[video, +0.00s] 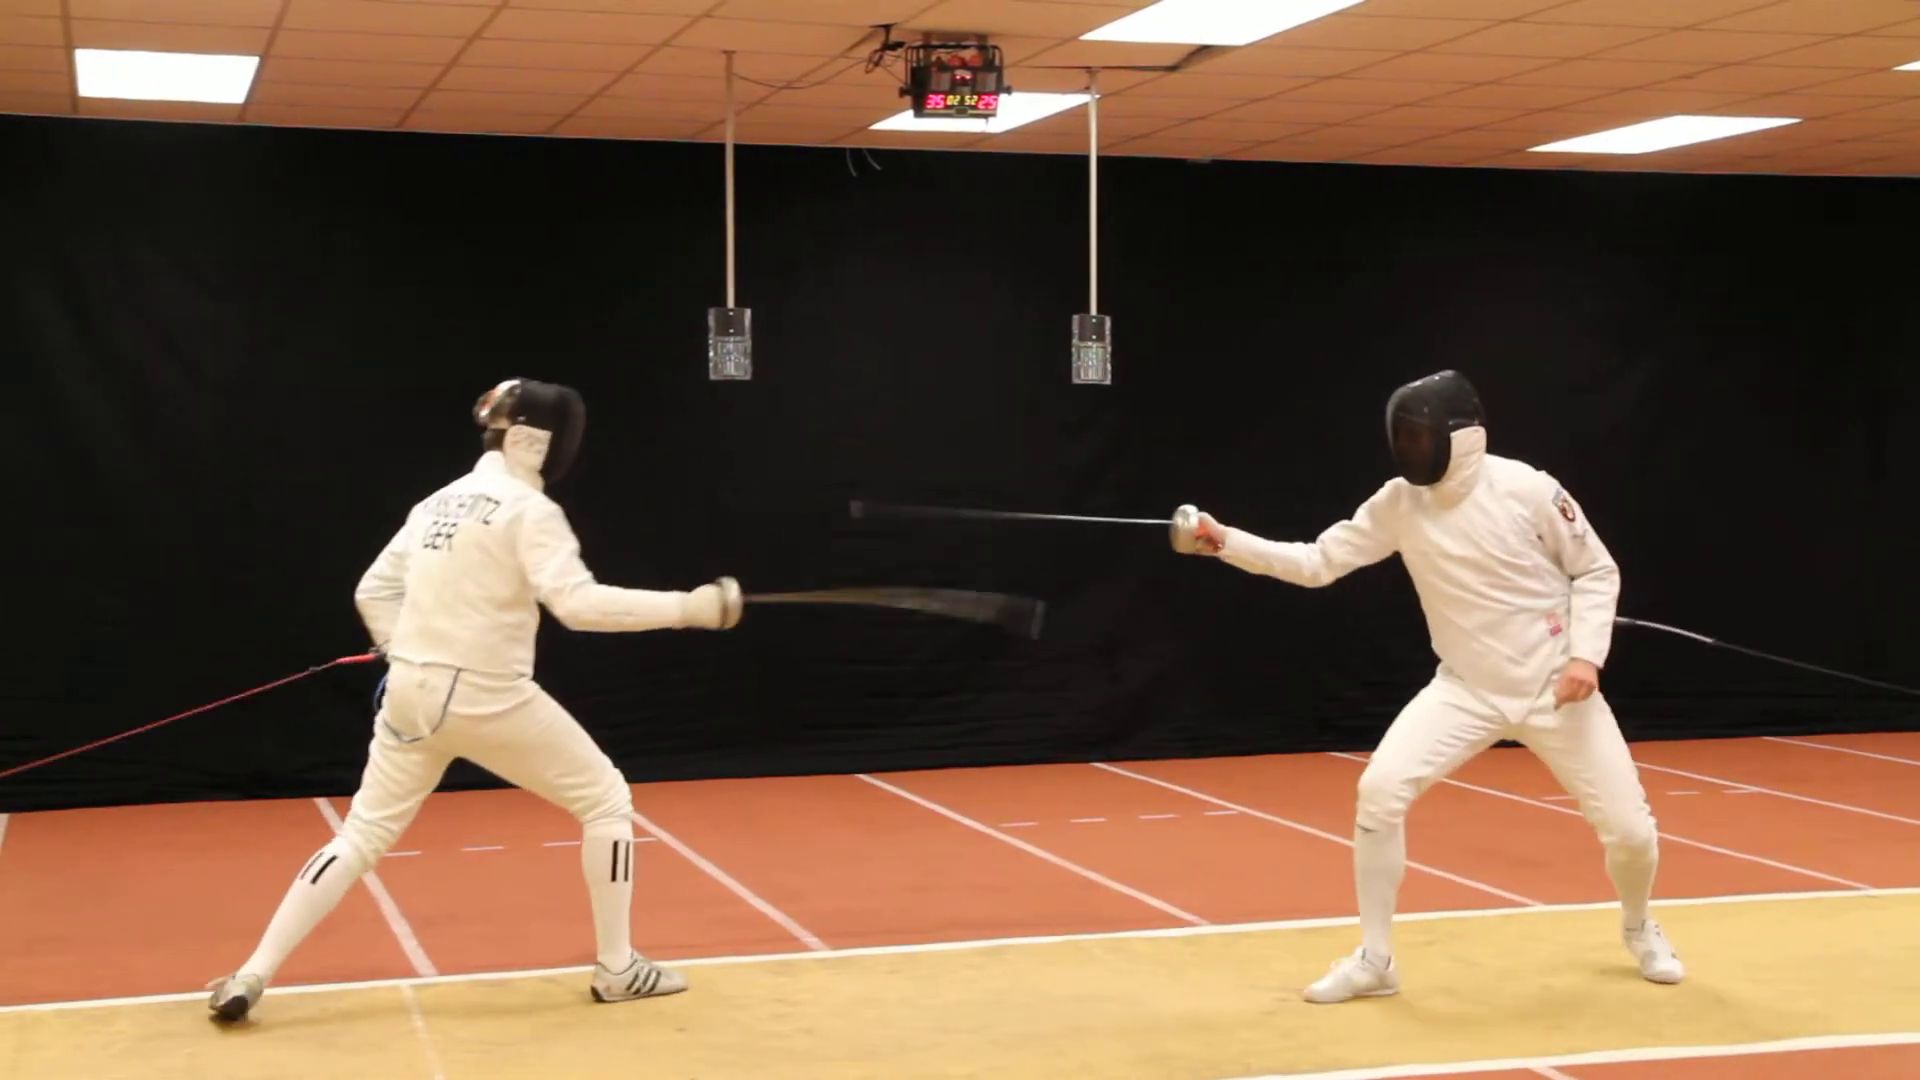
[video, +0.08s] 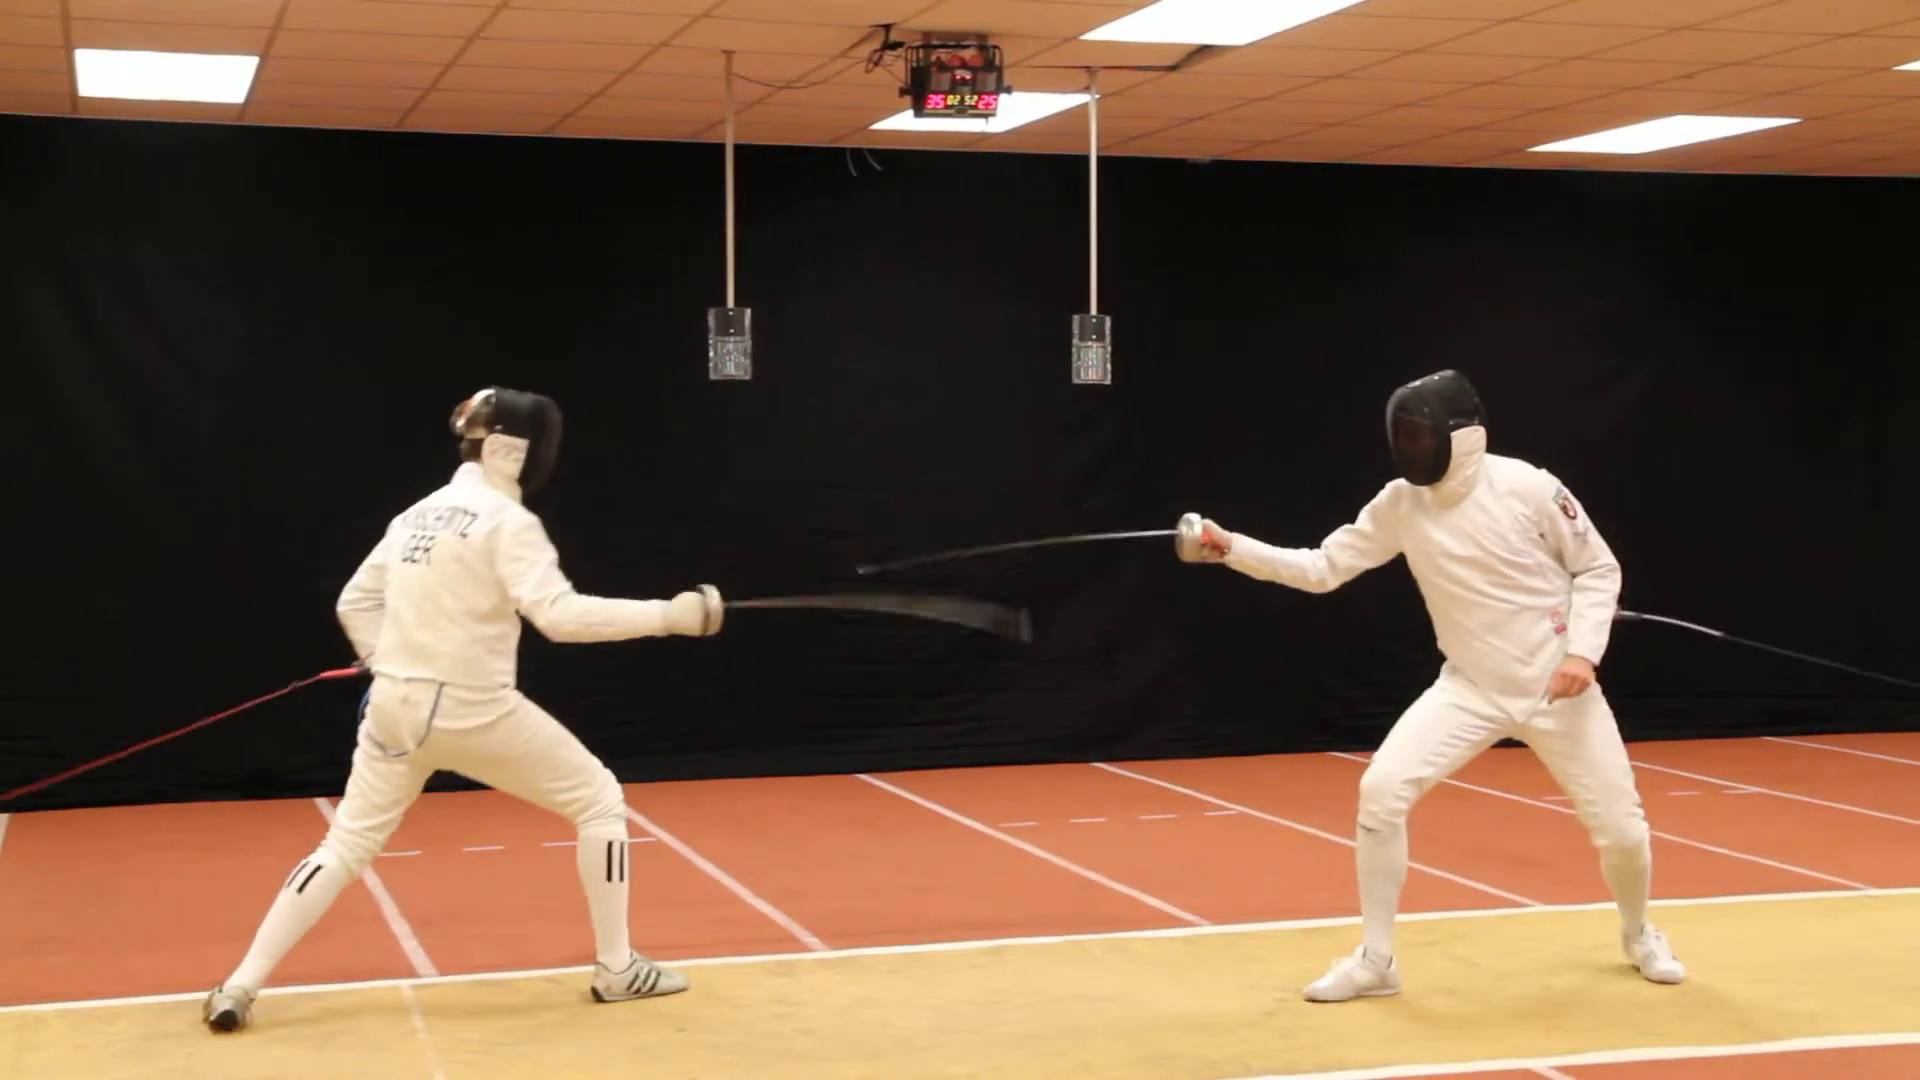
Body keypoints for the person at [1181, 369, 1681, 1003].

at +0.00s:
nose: (1408, 451)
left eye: (1420, 436)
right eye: (1403, 437)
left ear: (1463, 435)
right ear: (1402, 441)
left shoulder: (1529, 492)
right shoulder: (1398, 506)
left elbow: (1596, 572)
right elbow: (1316, 563)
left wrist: (1586, 657)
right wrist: (1222, 540)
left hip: (1555, 690)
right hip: (1462, 692)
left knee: (1634, 835)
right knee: (1379, 794)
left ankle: (1639, 928)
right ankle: (1374, 959)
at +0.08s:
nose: (1398, 448)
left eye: (1411, 435)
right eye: (1395, 435)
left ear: (1457, 437)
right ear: (1400, 439)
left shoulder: (1529, 489)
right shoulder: (1400, 507)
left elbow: (1597, 570)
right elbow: (1321, 568)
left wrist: (1581, 653)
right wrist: (1228, 547)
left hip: (1559, 689)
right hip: (1467, 691)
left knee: (1625, 834)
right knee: (1381, 793)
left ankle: (1638, 934)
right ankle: (1375, 959)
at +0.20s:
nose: (1392, 445)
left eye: (1404, 431)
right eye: (1388, 432)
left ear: (1448, 430)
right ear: (1391, 436)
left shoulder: (1519, 483)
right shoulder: (1392, 504)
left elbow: (1592, 560)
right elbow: (1312, 566)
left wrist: (1580, 644)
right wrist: (1215, 551)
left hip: (1554, 684)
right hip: (1461, 686)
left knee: (1612, 829)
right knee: (1375, 792)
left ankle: (1635, 938)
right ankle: (1375, 958)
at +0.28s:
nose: (1383, 442)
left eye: (1395, 429)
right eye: (1378, 429)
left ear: (1439, 426)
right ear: (1380, 432)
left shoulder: (1505, 479)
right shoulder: (1377, 499)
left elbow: (1581, 553)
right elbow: (1293, 550)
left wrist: (1579, 640)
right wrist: (1193, 541)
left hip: (1543, 678)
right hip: (1451, 681)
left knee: (1607, 825)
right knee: (1367, 791)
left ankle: (1626, 936)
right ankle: (1374, 959)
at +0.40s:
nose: (1375, 446)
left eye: (1387, 432)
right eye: (1370, 432)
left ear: (1431, 429)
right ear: (1371, 434)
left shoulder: (1499, 481)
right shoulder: (1369, 501)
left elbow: (1574, 556)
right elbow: (1280, 544)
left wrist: (1574, 640)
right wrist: (1177, 529)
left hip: (1537, 678)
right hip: (1446, 683)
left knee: (1604, 828)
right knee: (1362, 790)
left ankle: (1618, 929)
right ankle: (1374, 958)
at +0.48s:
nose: (1378, 445)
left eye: (1390, 431)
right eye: (1374, 431)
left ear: (1433, 429)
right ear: (1381, 434)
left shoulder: (1508, 483)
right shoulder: (1379, 502)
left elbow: (1582, 560)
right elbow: (1294, 550)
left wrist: (1573, 644)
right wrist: (1195, 528)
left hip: (1544, 682)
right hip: (1453, 684)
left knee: (1612, 829)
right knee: (1369, 788)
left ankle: (1634, 915)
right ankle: (1375, 958)